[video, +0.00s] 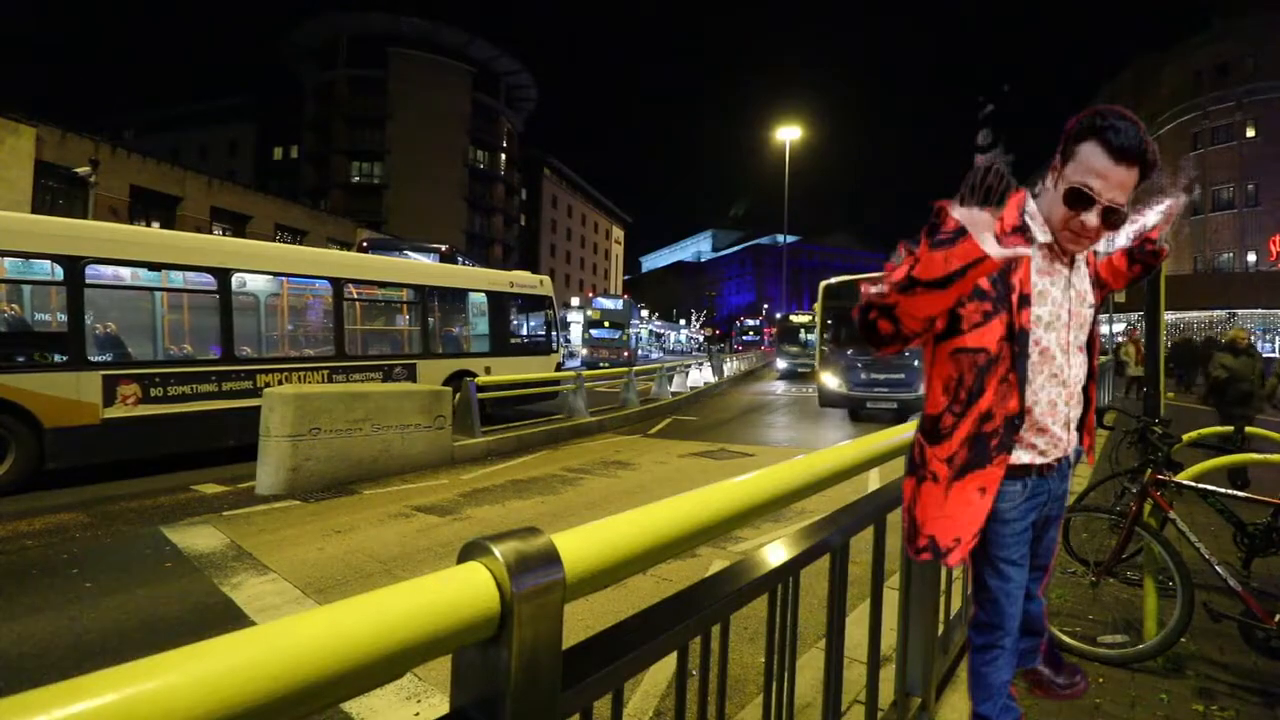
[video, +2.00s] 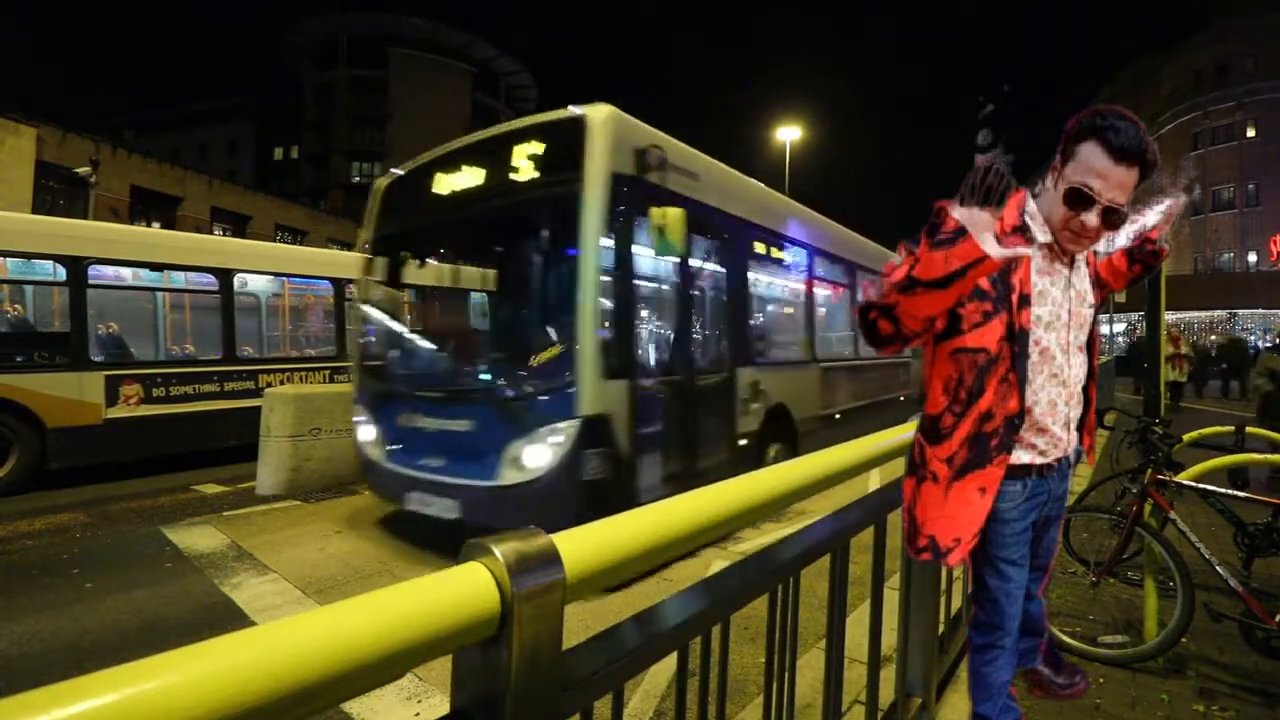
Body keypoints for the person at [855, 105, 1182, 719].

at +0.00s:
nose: (1090, 222)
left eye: (1110, 211)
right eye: (1080, 197)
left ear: (1123, 210)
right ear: (1052, 171)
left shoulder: (1084, 263)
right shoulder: (985, 242)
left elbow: (1115, 271)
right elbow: (879, 325)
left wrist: (1152, 239)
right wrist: (964, 248)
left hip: (1057, 466)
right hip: (999, 474)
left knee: (1035, 580)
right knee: (1000, 613)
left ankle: (1028, 659)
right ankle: (994, 710)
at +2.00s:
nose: (1089, 222)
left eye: (1109, 212)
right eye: (1080, 197)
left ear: (1123, 211)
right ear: (1052, 171)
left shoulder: (1083, 263)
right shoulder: (984, 242)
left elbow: (1110, 274)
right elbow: (883, 327)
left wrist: (1150, 241)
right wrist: (963, 244)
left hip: (1057, 467)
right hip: (1000, 474)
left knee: (1035, 581)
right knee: (1000, 611)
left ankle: (1028, 659)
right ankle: (994, 709)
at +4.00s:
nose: (1089, 222)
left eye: (1110, 212)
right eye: (1080, 197)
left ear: (1124, 210)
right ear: (1052, 171)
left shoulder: (1085, 263)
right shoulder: (985, 243)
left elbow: (1115, 271)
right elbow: (881, 327)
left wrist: (1150, 242)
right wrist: (963, 246)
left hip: (1057, 467)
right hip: (1000, 474)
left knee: (1035, 580)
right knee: (1000, 611)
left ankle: (1028, 658)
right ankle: (994, 709)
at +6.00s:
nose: (1089, 222)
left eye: (1110, 211)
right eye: (1079, 198)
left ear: (1123, 211)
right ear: (1052, 172)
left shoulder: (1085, 264)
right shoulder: (985, 242)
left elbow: (1115, 271)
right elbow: (883, 328)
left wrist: (1152, 240)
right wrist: (962, 245)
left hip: (1057, 467)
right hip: (1000, 475)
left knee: (1034, 582)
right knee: (1000, 611)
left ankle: (1027, 659)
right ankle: (994, 709)